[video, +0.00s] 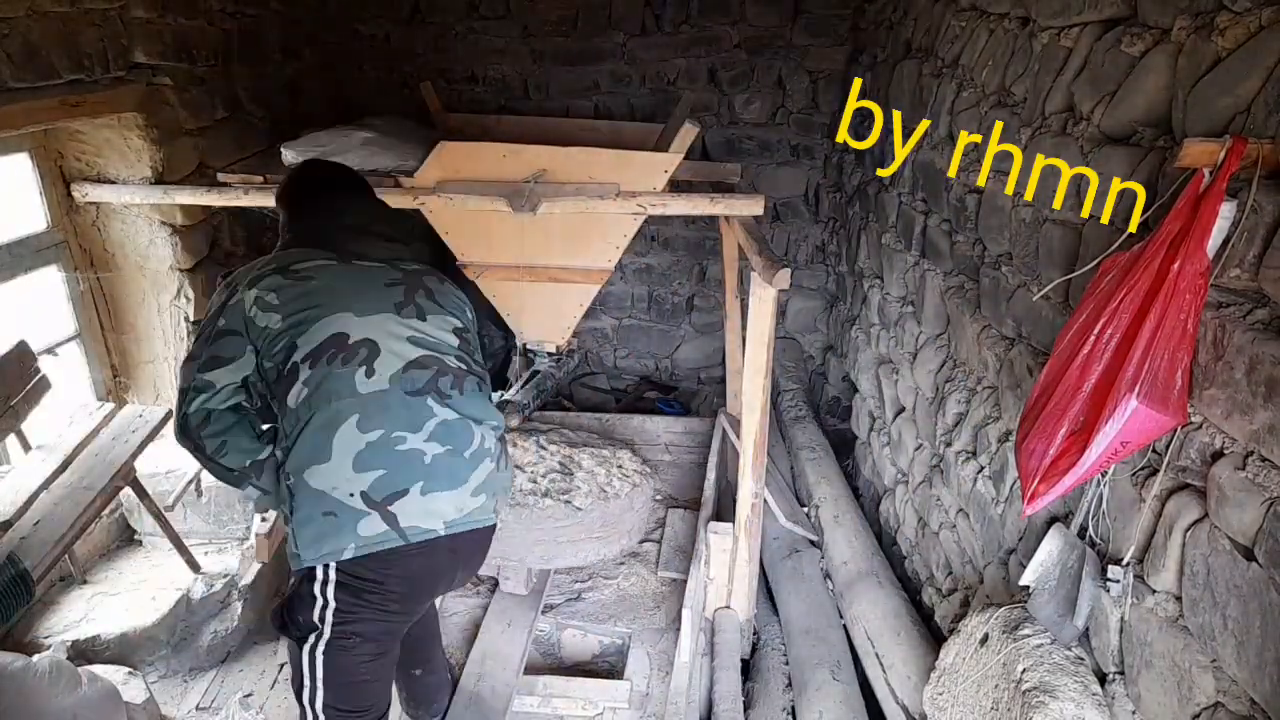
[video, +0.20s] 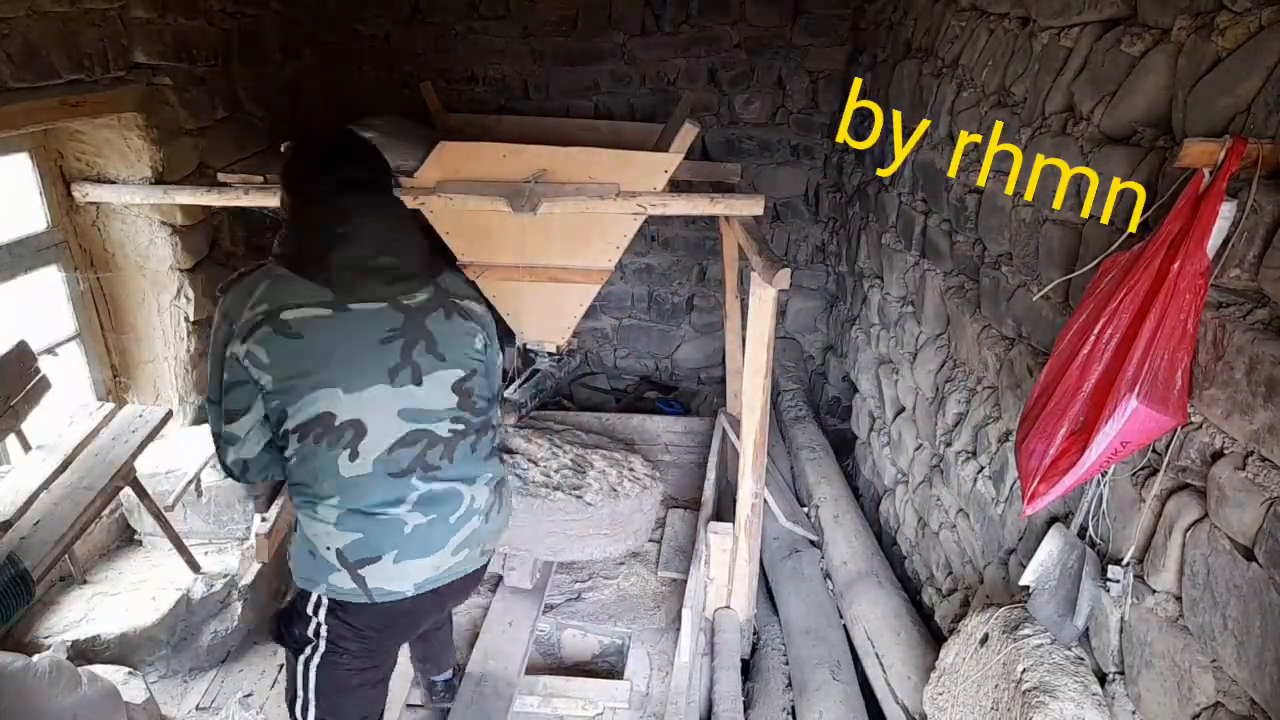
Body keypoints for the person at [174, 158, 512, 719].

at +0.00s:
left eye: (279, 221)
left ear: (288, 224)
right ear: (372, 211)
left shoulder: (257, 288)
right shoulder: (433, 280)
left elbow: (205, 414)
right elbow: (492, 361)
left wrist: (287, 487)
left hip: (356, 553)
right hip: (470, 530)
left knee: (340, 709)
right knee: (416, 606)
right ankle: (433, 707)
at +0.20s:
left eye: (286, 195)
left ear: (292, 202)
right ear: (387, 194)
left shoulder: (251, 307)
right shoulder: (458, 288)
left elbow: (249, 462)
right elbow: (486, 404)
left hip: (357, 585)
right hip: (467, 554)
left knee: (335, 708)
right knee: (433, 614)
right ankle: (440, 686)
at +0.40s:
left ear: (390, 194)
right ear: (484, 213)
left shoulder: (299, 264)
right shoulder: (495, 332)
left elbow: (247, 399)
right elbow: (488, 452)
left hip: (319, 585)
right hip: (436, 565)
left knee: (321, 708)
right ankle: (435, 690)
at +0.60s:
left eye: (240, 309)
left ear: (249, 312)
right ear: (337, 304)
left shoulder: (199, 379)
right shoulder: (408, 367)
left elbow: (164, 548)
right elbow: (465, 495)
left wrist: (249, 620)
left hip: (311, 667)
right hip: (449, 644)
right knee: (433, 706)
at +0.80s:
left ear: (344, 180)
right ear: (436, 196)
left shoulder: (262, 258)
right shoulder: (469, 302)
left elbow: (220, 392)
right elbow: (485, 430)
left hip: (320, 606)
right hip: (446, 576)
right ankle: (497, 646)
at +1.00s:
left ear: (333, 186)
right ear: (428, 190)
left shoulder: (268, 264)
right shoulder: (470, 291)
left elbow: (226, 422)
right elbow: (491, 419)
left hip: (337, 608)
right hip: (469, 575)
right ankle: (494, 699)